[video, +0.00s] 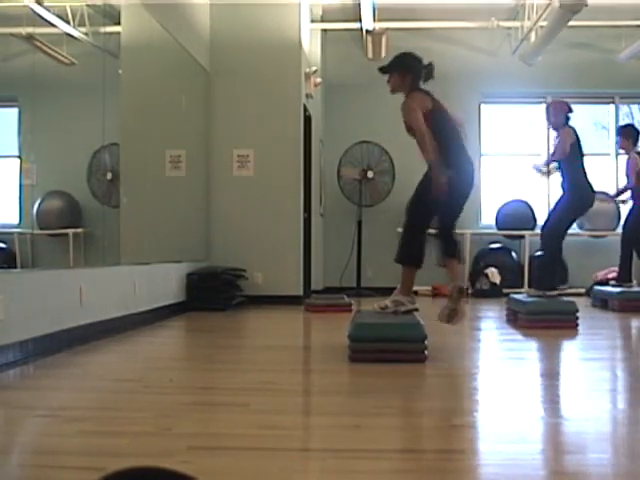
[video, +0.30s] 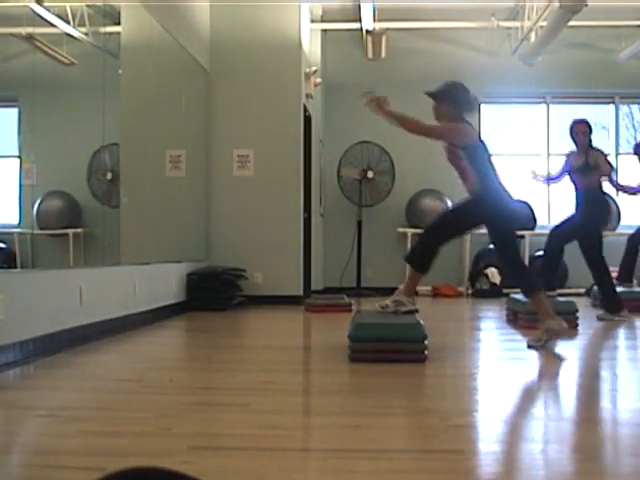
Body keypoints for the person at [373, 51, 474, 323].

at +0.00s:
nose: (388, 79)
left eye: (392, 74)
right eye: (388, 74)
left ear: (406, 76)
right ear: (412, 77)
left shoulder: (411, 103)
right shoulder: (429, 99)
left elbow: (424, 135)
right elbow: (458, 124)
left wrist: (436, 172)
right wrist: (455, 156)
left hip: (442, 168)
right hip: (464, 169)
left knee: (415, 224)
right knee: (446, 227)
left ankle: (404, 293)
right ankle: (458, 283)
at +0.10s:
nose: (401, 78)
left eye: (406, 73)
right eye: (402, 73)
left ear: (420, 74)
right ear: (426, 75)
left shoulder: (426, 102)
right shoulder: (439, 100)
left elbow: (409, 142)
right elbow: (424, 145)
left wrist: (388, 168)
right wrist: (398, 167)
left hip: (452, 172)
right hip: (471, 171)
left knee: (423, 226)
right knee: (469, 232)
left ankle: (405, 294)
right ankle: (491, 286)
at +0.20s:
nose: (417, 91)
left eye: (421, 86)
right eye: (417, 86)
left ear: (436, 89)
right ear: (436, 89)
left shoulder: (443, 116)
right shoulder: (446, 113)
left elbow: (405, 135)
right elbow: (407, 133)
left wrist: (367, 135)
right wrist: (370, 132)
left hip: (467, 185)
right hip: (479, 184)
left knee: (422, 231)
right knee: (491, 244)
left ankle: (405, 295)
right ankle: (525, 301)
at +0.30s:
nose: (433, 109)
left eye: (437, 104)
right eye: (434, 104)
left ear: (449, 106)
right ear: (457, 107)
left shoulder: (461, 131)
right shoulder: (460, 132)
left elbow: (418, 128)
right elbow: (419, 128)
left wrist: (385, 111)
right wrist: (389, 112)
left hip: (488, 203)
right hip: (491, 202)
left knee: (432, 235)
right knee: (513, 264)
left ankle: (406, 296)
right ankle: (551, 321)